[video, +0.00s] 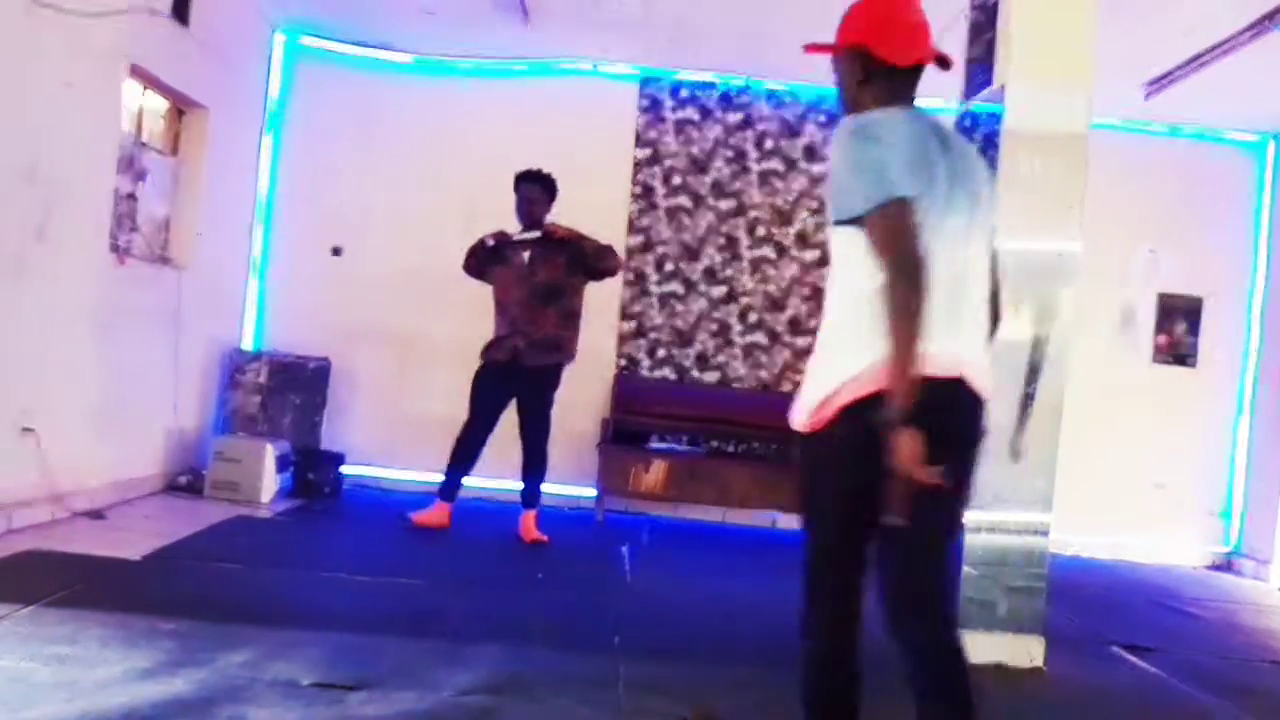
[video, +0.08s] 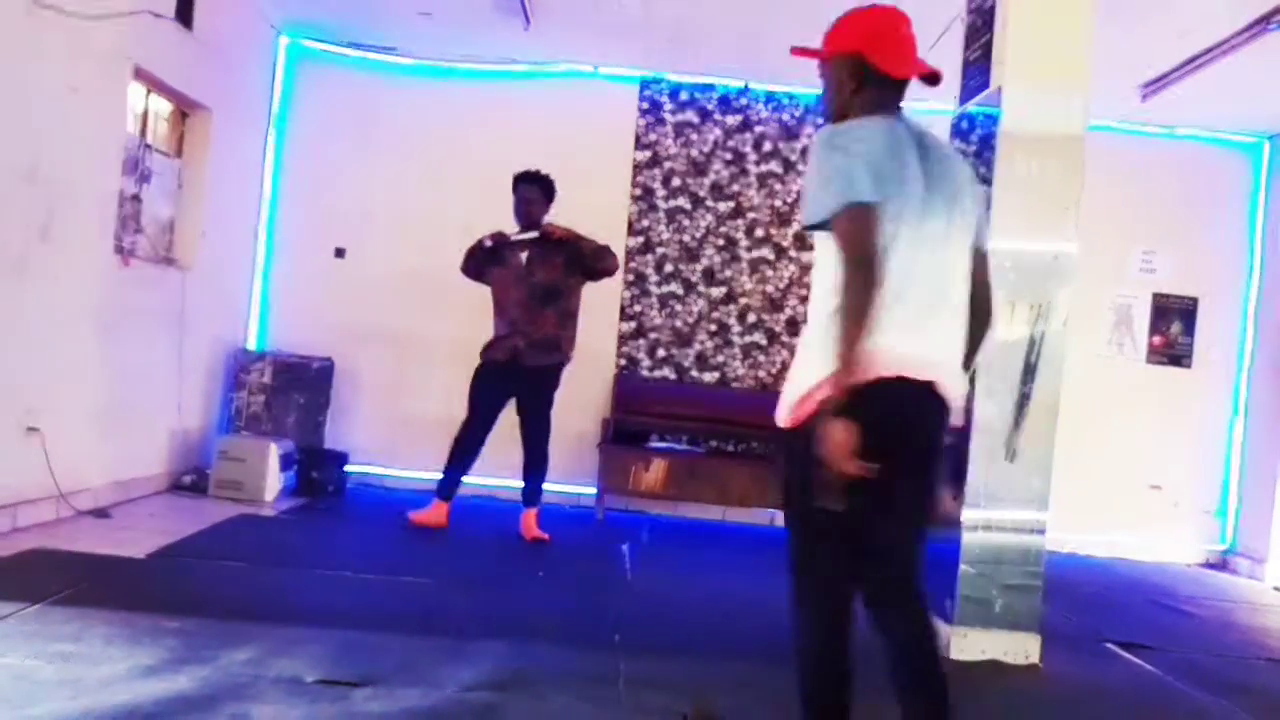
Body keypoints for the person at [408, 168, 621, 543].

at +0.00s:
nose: (526, 208)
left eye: (534, 201)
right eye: (522, 199)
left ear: (549, 204)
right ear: (515, 201)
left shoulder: (570, 251)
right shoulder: (506, 251)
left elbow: (611, 264)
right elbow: (472, 267)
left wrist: (572, 239)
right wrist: (488, 243)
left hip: (545, 358)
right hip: (502, 353)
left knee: (535, 436)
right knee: (476, 425)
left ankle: (529, 515)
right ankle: (444, 504)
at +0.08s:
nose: (524, 208)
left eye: (532, 202)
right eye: (520, 200)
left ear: (547, 205)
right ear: (513, 202)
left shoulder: (569, 252)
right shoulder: (504, 252)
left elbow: (609, 264)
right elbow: (470, 269)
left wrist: (572, 239)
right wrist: (485, 245)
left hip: (544, 358)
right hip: (501, 354)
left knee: (536, 436)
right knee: (475, 425)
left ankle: (531, 514)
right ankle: (441, 504)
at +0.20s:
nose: (513, 213)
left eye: (521, 207)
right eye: (509, 205)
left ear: (537, 209)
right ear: (503, 206)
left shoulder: (558, 255)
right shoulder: (490, 257)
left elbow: (600, 272)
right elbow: (454, 270)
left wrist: (561, 245)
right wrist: (472, 247)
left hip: (534, 365)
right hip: (490, 359)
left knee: (532, 439)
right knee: (463, 430)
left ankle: (530, 514)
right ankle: (442, 510)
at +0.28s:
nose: (510, 214)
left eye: (518, 207)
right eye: (506, 206)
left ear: (534, 209)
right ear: (501, 205)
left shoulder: (555, 255)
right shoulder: (486, 256)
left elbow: (598, 273)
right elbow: (448, 269)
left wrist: (559, 245)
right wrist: (468, 246)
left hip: (531, 365)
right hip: (487, 359)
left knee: (530, 440)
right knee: (459, 431)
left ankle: (530, 513)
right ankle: (441, 511)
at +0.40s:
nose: (500, 214)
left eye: (508, 208)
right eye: (496, 206)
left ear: (522, 211)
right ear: (489, 205)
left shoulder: (540, 255)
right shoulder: (469, 254)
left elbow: (585, 276)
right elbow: (422, 261)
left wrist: (551, 245)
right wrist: (452, 240)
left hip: (516, 364)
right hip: (469, 359)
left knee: (522, 439)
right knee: (446, 433)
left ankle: (528, 512)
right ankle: (440, 512)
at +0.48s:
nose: (493, 210)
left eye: (502, 205)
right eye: (490, 203)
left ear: (516, 208)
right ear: (483, 202)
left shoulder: (532, 252)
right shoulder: (458, 251)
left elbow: (577, 276)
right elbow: (410, 256)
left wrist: (548, 245)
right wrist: (442, 236)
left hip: (507, 362)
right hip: (459, 358)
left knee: (516, 436)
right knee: (444, 434)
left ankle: (524, 511)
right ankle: (439, 513)